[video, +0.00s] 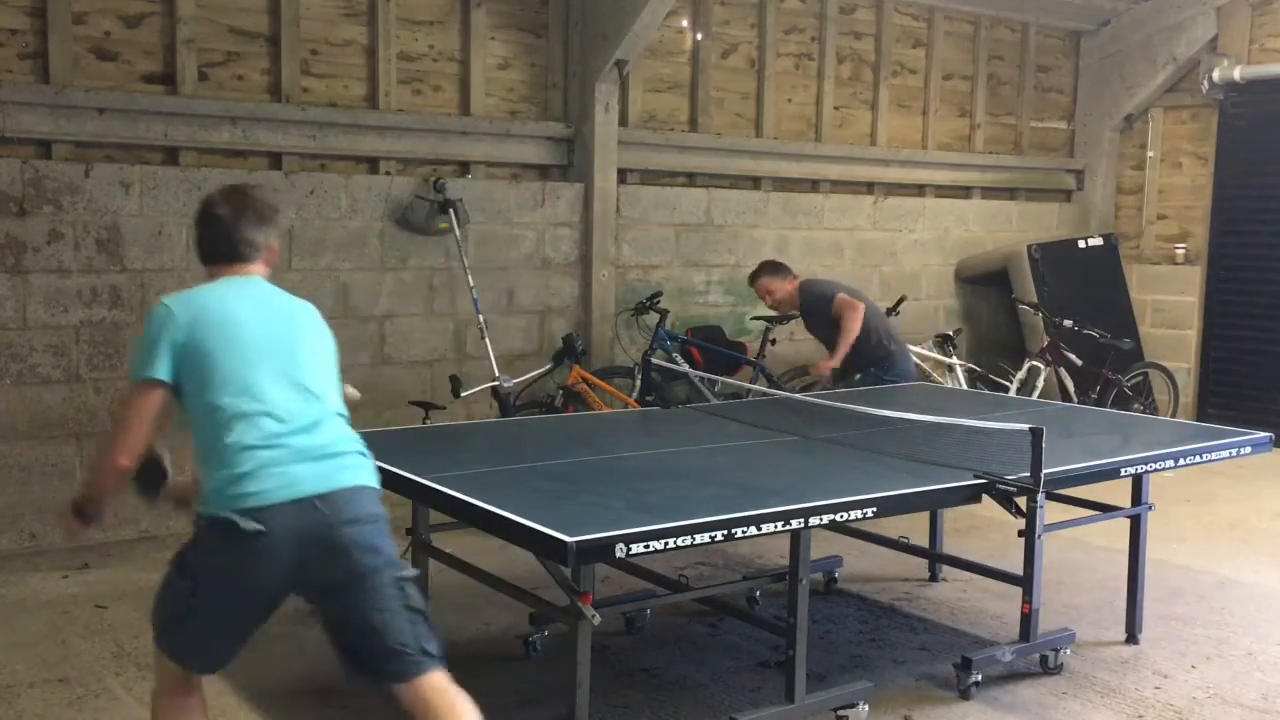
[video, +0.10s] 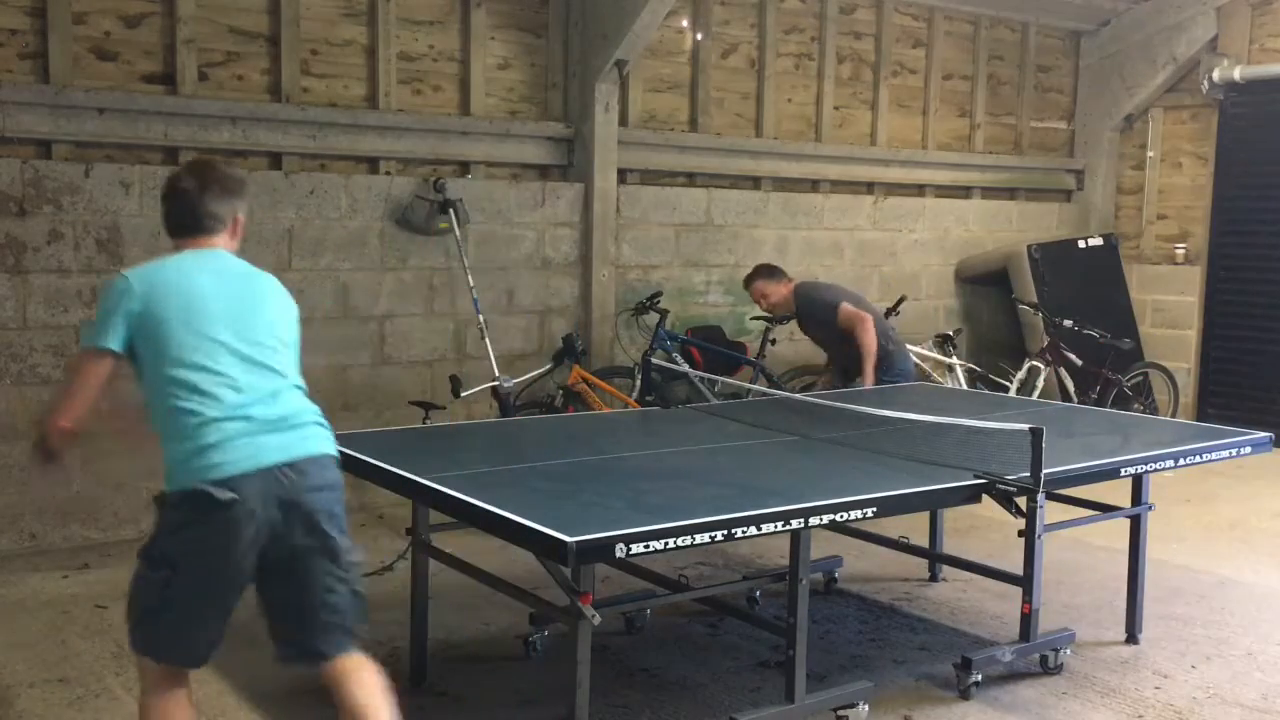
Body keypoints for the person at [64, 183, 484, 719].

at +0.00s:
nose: (276, 253)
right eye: (275, 244)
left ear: (202, 253)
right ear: (270, 252)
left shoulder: (178, 313)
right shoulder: (308, 315)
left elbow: (124, 458)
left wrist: (90, 504)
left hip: (251, 522)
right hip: (350, 507)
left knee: (179, 673)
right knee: (423, 678)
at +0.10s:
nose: (244, 230)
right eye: (243, 221)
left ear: (169, 224)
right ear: (235, 225)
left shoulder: (136, 286)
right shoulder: (274, 290)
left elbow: (67, 421)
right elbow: (279, 381)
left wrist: (49, 446)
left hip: (217, 491)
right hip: (312, 471)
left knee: (166, 668)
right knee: (341, 650)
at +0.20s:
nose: (228, 206)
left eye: (227, 194)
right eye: (226, 194)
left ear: (152, 198)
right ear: (208, 195)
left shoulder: (102, 264)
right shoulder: (254, 267)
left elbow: (17, 376)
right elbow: (297, 382)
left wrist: (27, 392)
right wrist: (330, 367)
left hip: (185, 471)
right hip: (276, 454)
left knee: (158, 663)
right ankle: (294, 714)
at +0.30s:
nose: (216, 191)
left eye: (213, 176)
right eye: (209, 177)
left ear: (138, 187)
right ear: (180, 182)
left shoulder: (81, 259)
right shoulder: (228, 254)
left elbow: (4, 351)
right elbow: (297, 352)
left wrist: (43, 375)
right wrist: (352, 347)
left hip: (143, 457)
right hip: (228, 447)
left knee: (152, 653)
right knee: (197, 609)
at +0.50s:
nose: (189, 193)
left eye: (186, 179)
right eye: (181, 180)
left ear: (120, 191)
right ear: (151, 190)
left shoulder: (63, 256)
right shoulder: (186, 268)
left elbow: (14, 359)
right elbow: (214, 375)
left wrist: (78, 370)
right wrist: (264, 387)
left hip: (72, 455)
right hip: (159, 451)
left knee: (72, 619)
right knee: (137, 598)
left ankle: (98, 712)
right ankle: (108, 706)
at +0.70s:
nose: (171, 167)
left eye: (168, 154)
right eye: (162, 154)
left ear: (112, 167)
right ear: (125, 165)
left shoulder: (40, 235)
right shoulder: (140, 239)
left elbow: (10, 336)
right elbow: (138, 347)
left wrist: (52, 369)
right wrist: (181, 384)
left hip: (34, 412)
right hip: (101, 416)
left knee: (72, 540)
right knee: (113, 572)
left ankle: (21, 666)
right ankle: (92, 709)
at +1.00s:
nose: (137, 190)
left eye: (133, 177)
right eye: (125, 179)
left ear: (90, 193)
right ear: (90, 192)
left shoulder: (72, 254)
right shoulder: (68, 263)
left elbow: (62, 359)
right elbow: (50, 367)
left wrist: (120, 397)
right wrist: (129, 400)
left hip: (53, 427)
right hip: (52, 432)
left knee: (77, 535)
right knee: (111, 564)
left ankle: (23, 645)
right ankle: (45, 699)